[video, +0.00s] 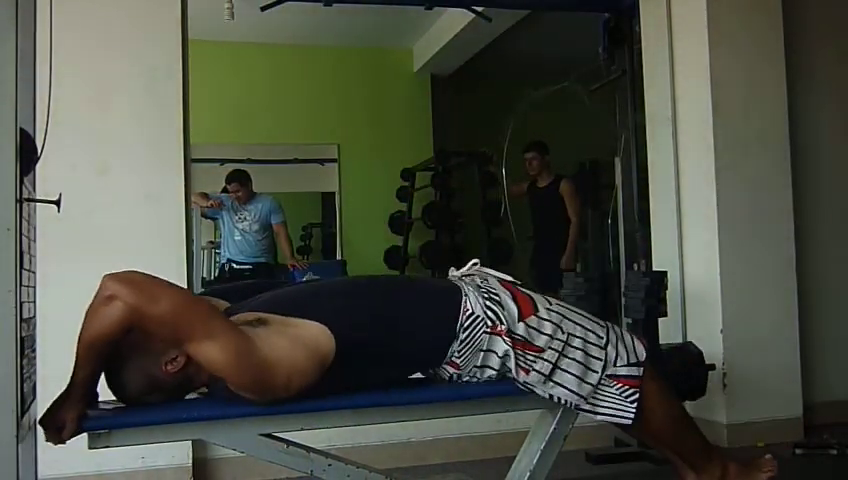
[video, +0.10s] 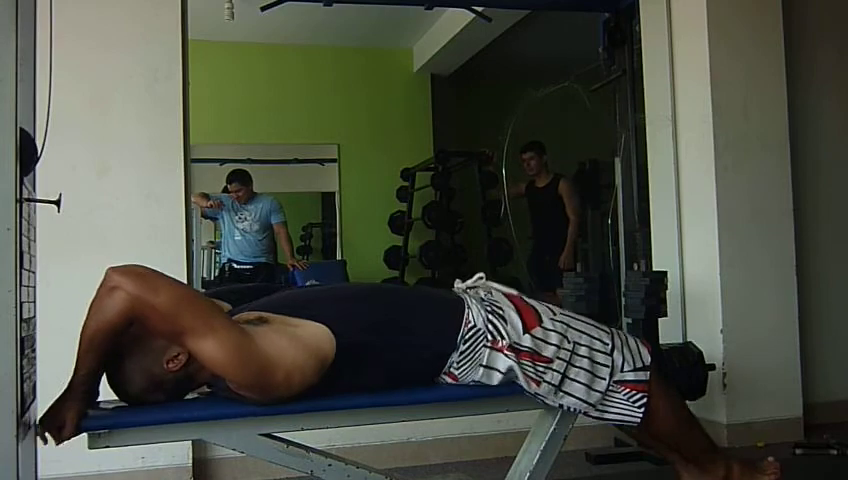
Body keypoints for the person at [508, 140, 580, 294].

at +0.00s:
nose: (528, 165)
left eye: (533, 160)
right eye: (526, 161)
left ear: (544, 160)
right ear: (524, 163)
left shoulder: (563, 185)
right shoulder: (530, 187)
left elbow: (575, 220)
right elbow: (506, 190)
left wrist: (569, 254)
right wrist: (494, 172)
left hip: (559, 249)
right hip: (539, 249)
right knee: (539, 294)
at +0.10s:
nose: (527, 165)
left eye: (531, 160)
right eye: (524, 161)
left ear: (543, 159)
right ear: (522, 164)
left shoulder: (562, 184)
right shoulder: (528, 187)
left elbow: (574, 219)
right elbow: (501, 191)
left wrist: (568, 252)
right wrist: (490, 169)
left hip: (559, 250)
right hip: (538, 250)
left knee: (561, 298)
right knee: (542, 297)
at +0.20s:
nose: (526, 165)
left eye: (530, 160)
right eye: (523, 161)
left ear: (542, 159)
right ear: (521, 164)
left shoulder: (562, 184)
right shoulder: (527, 187)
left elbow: (575, 220)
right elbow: (499, 192)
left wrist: (568, 252)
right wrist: (490, 168)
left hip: (559, 249)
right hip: (538, 249)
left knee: (560, 296)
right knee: (540, 295)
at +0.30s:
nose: (528, 164)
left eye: (532, 159)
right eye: (525, 161)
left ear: (543, 159)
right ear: (523, 163)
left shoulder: (563, 185)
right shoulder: (528, 188)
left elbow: (575, 219)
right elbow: (501, 191)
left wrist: (569, 253)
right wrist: (489, 168)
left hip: (559, 250)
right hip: (537, 250)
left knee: (561, 298)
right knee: (542, 297)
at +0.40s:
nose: (530, 163)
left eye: (534, 158)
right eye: (528, 159)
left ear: (546, 157)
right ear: (525, 161)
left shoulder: (564, 184)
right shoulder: (529, 187)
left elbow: (575, 220)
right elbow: (500, 190)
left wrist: (571, 252)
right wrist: (489, 167)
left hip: (560, 249)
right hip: (538, 249)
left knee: (561, 297)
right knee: (542, 297)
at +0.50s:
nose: (532, 162)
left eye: (536, 157)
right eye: (529, 158)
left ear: (548, 157)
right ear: (528, 161)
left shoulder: (565, 183)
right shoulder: (530, 186)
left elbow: (577, 220)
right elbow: (500, 190)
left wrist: (572, 253)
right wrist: (489, 167)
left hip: (561, 251)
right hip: (538, 250)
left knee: (563, 300)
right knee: (544, 300)